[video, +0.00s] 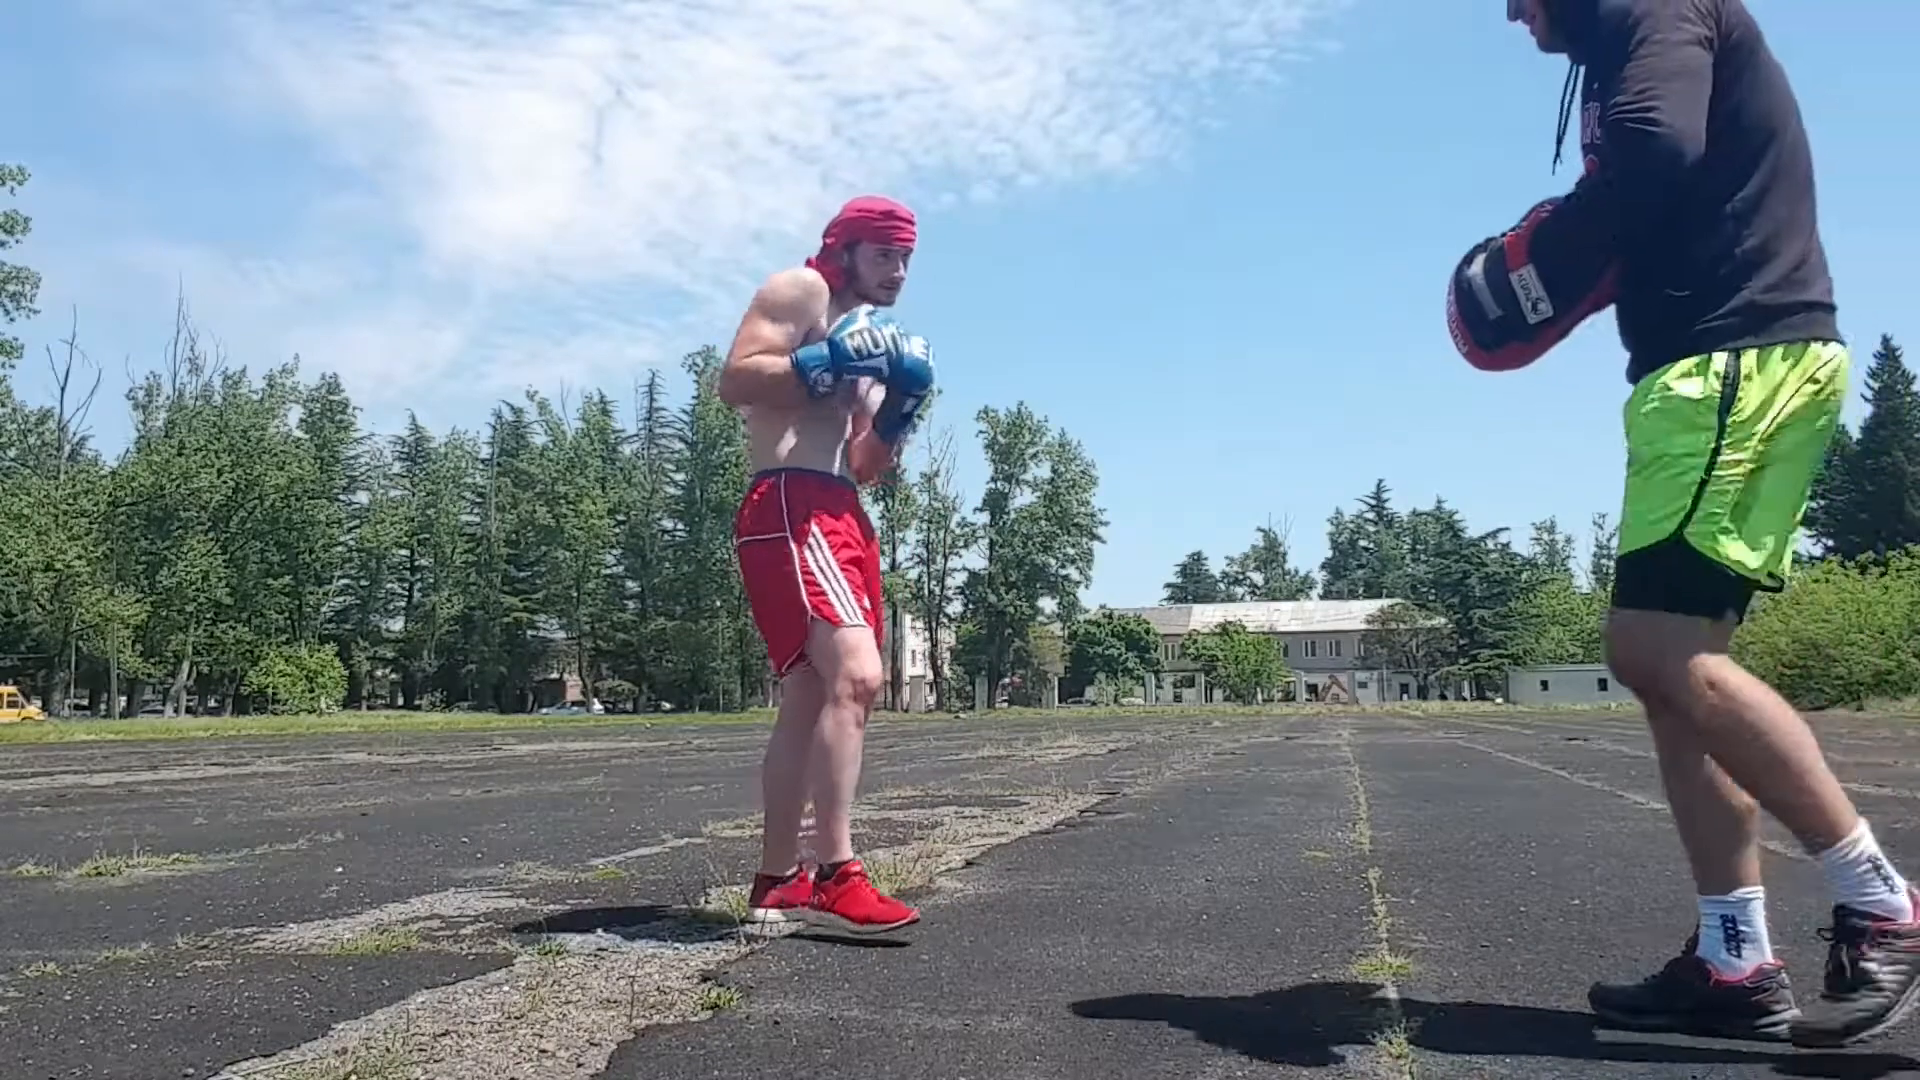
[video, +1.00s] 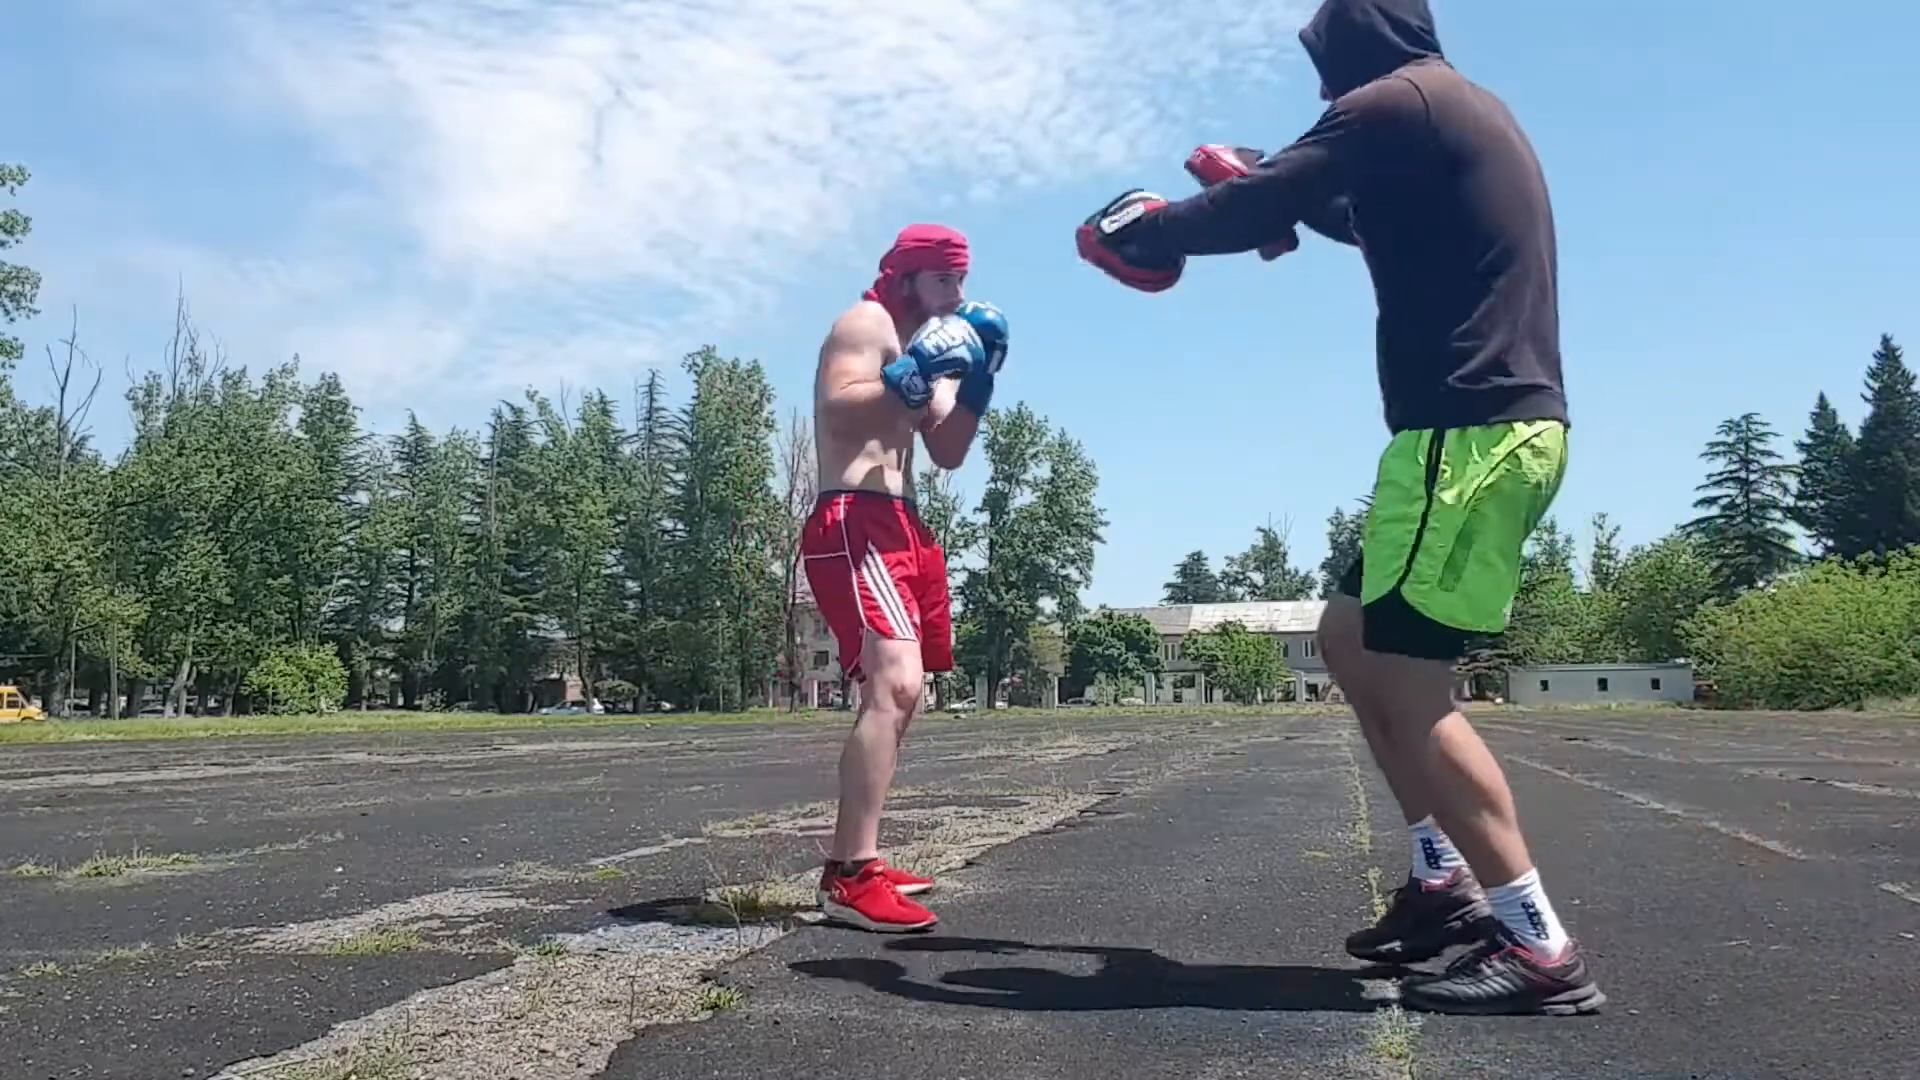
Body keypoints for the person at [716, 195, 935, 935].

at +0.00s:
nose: (899, 271)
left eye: (906, 259)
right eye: (886, 256)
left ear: (903, 264)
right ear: (842, 252)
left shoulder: (867, 339)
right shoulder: (801, 290)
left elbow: (864, 469)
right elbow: (733, 381)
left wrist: (897, 413)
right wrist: (827, 358)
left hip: (842, 517)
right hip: (792, 508)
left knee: (804, 701)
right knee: (855, 677)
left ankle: (778, 878)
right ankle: (835, 873)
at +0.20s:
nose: (908, 263)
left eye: (915, 252)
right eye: (896, 246)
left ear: (909, 260)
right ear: (850, 243)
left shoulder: (874, 334)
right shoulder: (801, 313)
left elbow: (878, 455)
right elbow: (784, 420)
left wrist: (921, 404)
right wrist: (863, 377)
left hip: (855, 514)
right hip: (804, 511)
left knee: (839, 699)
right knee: (844, 693)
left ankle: (783, 874)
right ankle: (839, 886)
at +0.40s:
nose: (927, 266)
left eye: (933, 254)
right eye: (915, 249)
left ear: (923, 263)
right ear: (868, 246)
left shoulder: (885, 337)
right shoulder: (821, 325)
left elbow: (909, 450)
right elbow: (856, 441)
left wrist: (949, 377)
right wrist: (904, 374)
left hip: (863, 520)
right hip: (813, 518)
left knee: (896, 688)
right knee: (842, 698)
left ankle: (812, 835)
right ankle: (839, 886)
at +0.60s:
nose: (948, 278)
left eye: (953, 267)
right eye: (936, 262)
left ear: (939, 273)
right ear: (890, 258)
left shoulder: (904, 334)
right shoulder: (843, 316)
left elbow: (921, 452)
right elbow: (856, 428)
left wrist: (965, 378)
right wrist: (916, 361)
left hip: (878, 524)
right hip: (831, 519)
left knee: (896, 699)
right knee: (865, 694)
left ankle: (859, 852)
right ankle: (838, 888)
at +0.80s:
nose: (955, 306)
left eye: (959, 294)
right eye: (942, 292)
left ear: (952, 299)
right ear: (903, 292)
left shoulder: (931, 359)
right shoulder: (872, 326)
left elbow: (928, 471)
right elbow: (805, 406)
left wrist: (968, 402)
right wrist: (889, 394)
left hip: (898, 532)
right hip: (851, 525)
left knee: (910, 701)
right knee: (885, 691)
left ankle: (855, 858)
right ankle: (849, 880)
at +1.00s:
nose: (958, 292)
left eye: (961, 281)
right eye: (947, 278)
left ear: (947, 287)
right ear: (906, 275)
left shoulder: (927, 347)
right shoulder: (866, 320)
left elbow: (948, 451)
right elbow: (840, 400)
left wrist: (979, 376)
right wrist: (915, 379)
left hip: (901, 526)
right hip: (852, 520)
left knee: (909, 690)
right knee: (893, 683)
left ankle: (855, 857)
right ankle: (854, 869)